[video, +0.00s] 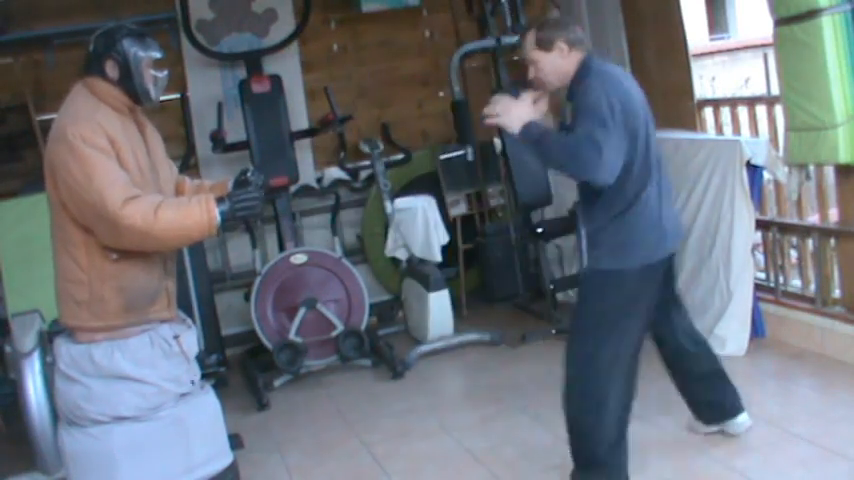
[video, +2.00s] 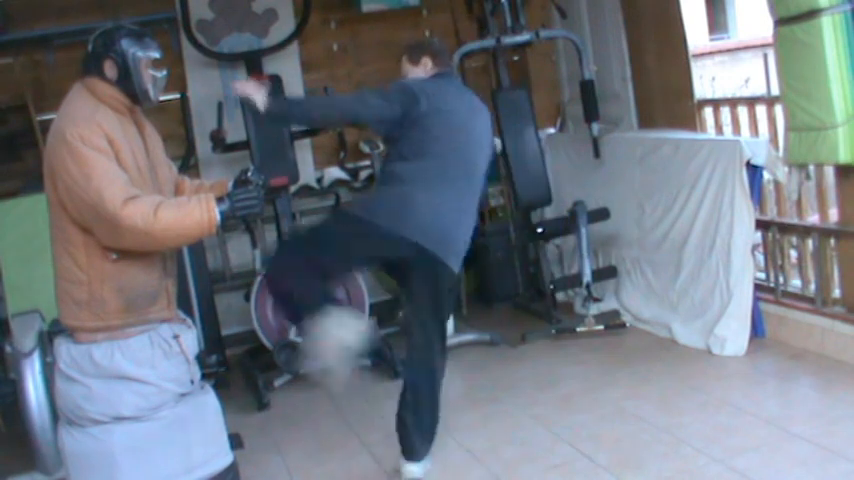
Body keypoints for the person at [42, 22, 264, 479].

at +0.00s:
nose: (154, 75)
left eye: (154, 64)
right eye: (144, 65)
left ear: (118, 68)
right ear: (112, 66)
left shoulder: (134, 119)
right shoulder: (78, 129)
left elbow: (171, 188)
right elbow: (123, 219)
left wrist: (227, 187)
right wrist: (214, 212)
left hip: (153, 316)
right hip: (107, 328)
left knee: (181, 443)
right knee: (129, 455)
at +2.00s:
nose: (152, 75)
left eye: (153, 64)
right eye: (143, 65)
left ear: (117, 68)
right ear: (111, 66)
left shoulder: (132, 118)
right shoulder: (78, 129)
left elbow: (171, 188)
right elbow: (123, 220)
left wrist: (229, 186)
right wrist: (216, 210)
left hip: (151, 313)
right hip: (108, 326)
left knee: (177, 441)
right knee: (131, 454)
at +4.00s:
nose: (148, 76)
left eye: (149, 65)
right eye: (138, 65)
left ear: (116, 68)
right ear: (106, 66)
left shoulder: (138, 121)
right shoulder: (70, 128)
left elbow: (176, 187)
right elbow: (110, 221)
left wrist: (227, 190)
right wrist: (204, 215)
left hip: (157, 318)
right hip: (104, 331)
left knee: (192, 449)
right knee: (125, 459)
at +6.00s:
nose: (145, 73)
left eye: (145, 63)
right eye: (134, 63)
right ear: (101, 66)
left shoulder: (138, 121)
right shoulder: (65, 130)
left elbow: (177, 187)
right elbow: (107, 222)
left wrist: (230, 188)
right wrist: (200, 218)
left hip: (159, 318)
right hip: (103, 331)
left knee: (189, 449)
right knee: (124, 459)